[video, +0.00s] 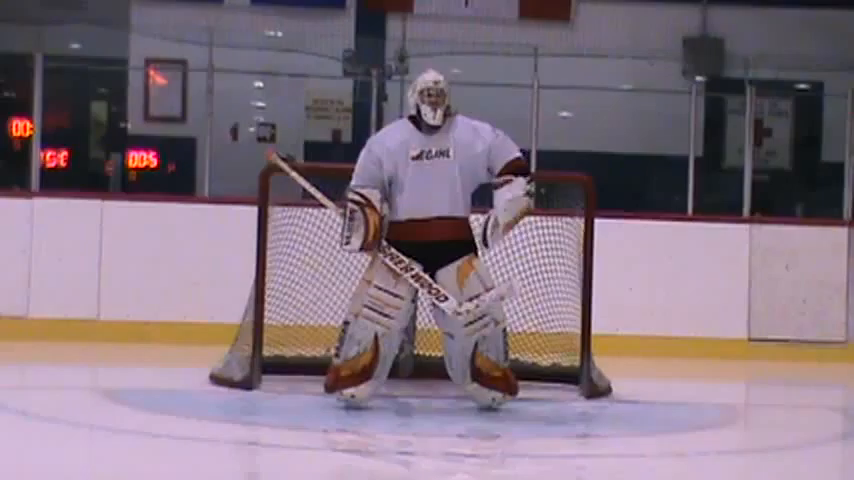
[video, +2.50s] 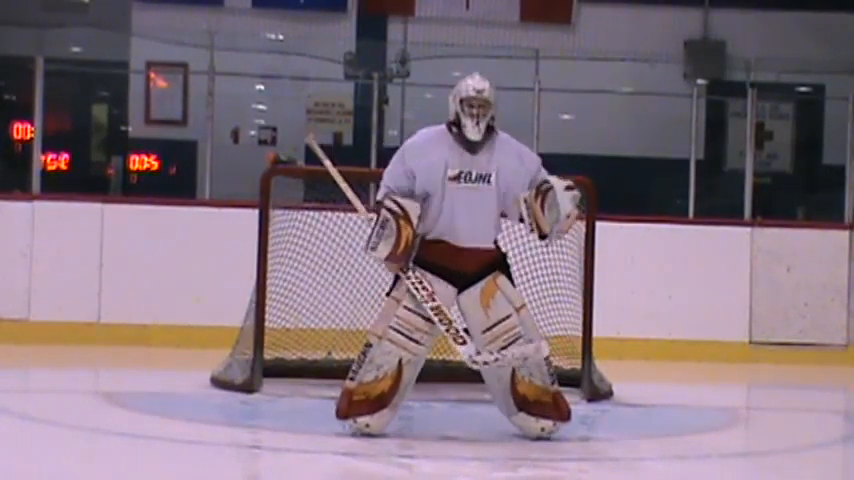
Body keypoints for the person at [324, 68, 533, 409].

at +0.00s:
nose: (434, 102)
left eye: (439, 96)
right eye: (427, 96)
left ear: (448, 98)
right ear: (415, 99)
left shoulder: (475, 135)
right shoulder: (387, 141)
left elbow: (512, 167)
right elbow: (364, 190)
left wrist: (507, 211)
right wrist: (361, 222)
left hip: (455, 244)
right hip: (400, 244)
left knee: (477, 314)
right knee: (375, 312)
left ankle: (489, 386)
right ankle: (354, 384)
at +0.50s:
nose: (453, 114)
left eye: (459, 107)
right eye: (447, 107)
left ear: (470, 109)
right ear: (434, 106)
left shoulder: (489, 148)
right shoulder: (402, 145)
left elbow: (514, 194)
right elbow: (380, 195)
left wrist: (498, 232)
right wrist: (381, 229)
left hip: (469, 265)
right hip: (410, 262)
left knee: (494, 335)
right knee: (388, 332)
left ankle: (513, 404)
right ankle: (365, 401)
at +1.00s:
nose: (452, 116)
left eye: (459, 109)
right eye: (446, 108)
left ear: (471, 110)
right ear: (433, 108)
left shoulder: (504, 152)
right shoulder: (401, 151)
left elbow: (532, 205)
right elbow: (384, 203)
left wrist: (522, 240)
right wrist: (380, 226)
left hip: (475, 268)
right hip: (414, 266)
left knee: (501, 340)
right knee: (385, 336)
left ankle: (524, 412)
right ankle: (358, 407)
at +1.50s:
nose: (474, 201)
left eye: (482, 195)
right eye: (467, 194)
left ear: (493, 192)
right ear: (453, 187)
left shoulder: (513, 217)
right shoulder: (421, 206)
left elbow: (502, 269)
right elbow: (405, 256)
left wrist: (478, 286)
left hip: (475, 281)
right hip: (424, 276)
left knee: (506, 340)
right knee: (403, 333)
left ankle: (535, 413)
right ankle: (368, 409)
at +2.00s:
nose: (477, 201)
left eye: (484, 195)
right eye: (470, 194)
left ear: (496, 193)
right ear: (456, 187)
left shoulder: (516, 218)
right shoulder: (425, 206)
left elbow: (503, 274)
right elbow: (409, 255)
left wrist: (478, 293)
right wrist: (434, 289)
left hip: (478, 281)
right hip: (425, 274)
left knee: (507, 339)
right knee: (402, 333)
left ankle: (535, 414)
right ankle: (368, 411)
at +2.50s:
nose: (475, 115)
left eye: (481, 108)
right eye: (468, 107)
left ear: (492, 110)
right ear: (454, 108)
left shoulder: (511, 154)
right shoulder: (423, 147)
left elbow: (534, 203)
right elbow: (395, 197)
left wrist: (557, 205)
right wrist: (391, 229)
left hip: (486, 266)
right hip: (430, 262)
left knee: (517, 342)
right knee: (397, 338)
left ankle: (539, 416)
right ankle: (368, 414)